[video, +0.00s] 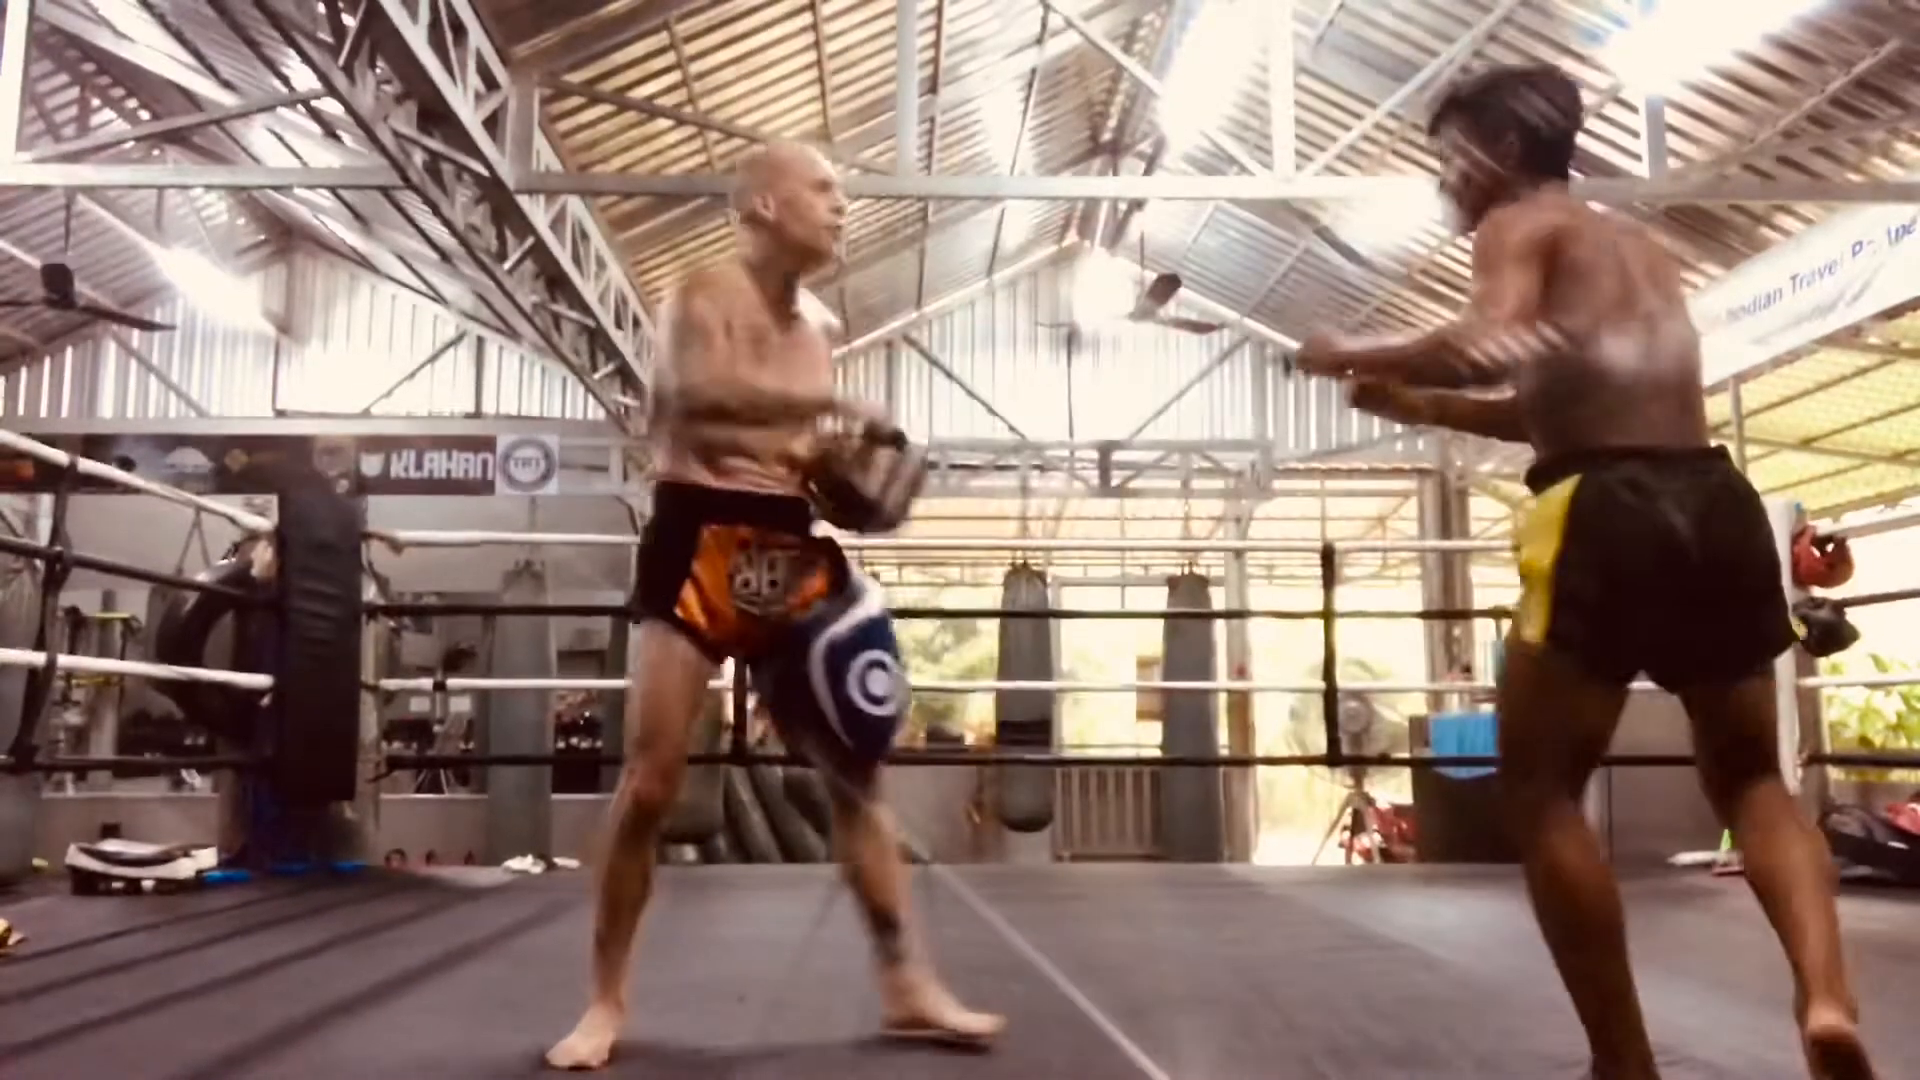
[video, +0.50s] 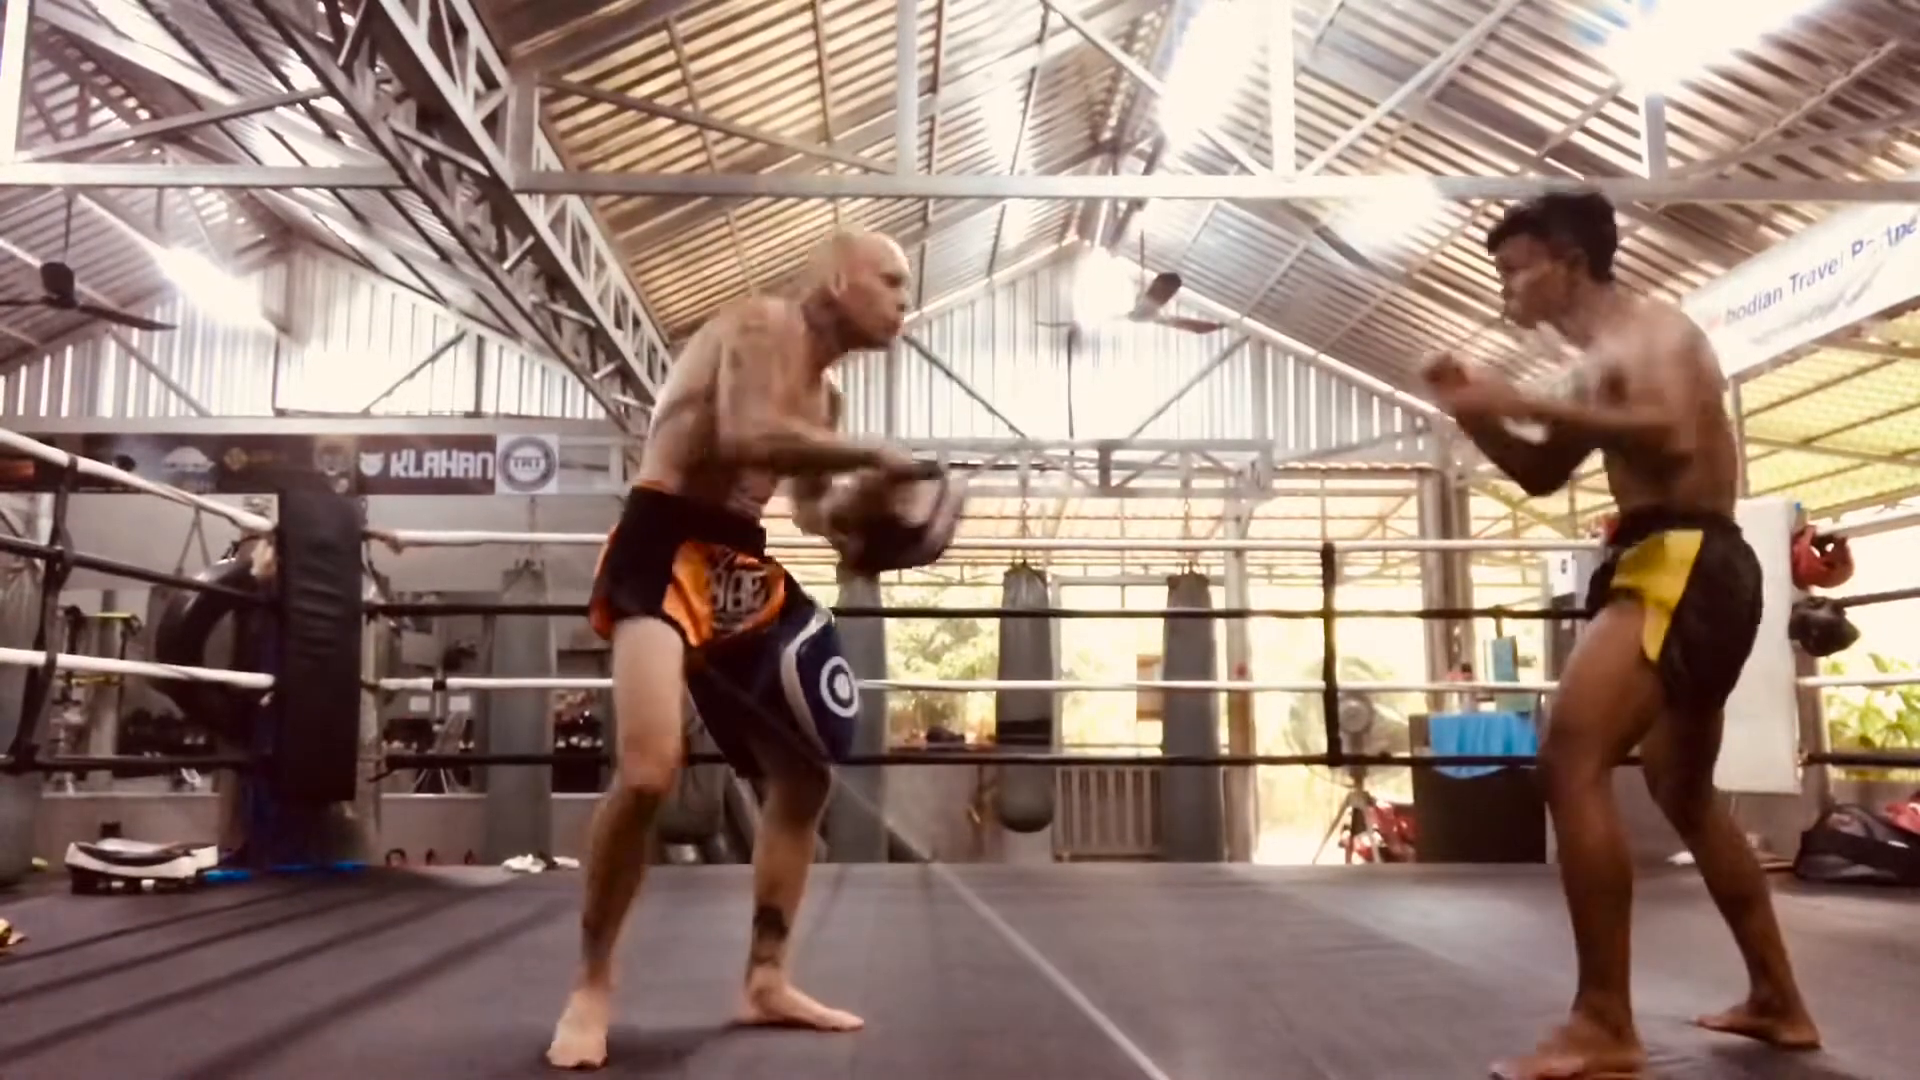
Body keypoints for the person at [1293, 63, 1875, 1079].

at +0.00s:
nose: (1446, 185)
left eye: (1452, 161)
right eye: (1441, 163)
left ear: (1502, 150)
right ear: (1552, 153)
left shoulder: (1520, 225)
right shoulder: (1643, 243)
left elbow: (1499, 346)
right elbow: (1548, 409)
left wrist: (1351, 353)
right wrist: (1407, 397)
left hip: (1596, 516)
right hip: (1715, 510)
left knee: (1543, 794)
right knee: (1749, 771)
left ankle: (1624, 1062)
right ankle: (1827, 1000)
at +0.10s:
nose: (1447, 193)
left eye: (1454, 170)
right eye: (1443, 173)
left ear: (1501, 158)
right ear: (1542, 162)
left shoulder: (1538, 221)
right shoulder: (1630, 254)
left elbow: (1465, 320)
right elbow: (1552, 415)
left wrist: (1357, 315)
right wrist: (1417, 391)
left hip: (1617, 504)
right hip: (1720, 503)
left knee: (1580, 793)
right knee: (1729, 762)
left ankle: (1627, 1058)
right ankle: (1817, 1020)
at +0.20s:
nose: (1458, 217)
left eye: (1466, 194)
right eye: (1457, 197)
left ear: (1513, 191)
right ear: (1550, 198)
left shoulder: (1559, 246)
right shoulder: (1624, 282)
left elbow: (1491, 324)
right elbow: (1575, 444)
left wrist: (1388, 304)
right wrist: (1452, 403)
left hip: (1631, 525)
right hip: (1708, 526)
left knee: (1587, 791)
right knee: (1718, 778)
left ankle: (1627, 1062)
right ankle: (1777, 998)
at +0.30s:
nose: (1481, 264)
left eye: (1491, 243)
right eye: (1481, 245)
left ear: (1545, 238)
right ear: (1554, 244)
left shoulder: (1607, 299)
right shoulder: (1589, 332)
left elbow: (1568, 393)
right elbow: (1554, 474)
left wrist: (1451, 344)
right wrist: (1450, 411)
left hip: (1655, 559)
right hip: (1702, 561)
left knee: (1578, 791)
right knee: (1700, 799)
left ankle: (1623, 1053)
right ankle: (1777, 1002)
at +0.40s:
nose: (1503, 297)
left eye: (1512, 277)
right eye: (1500, 280)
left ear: (1565, 269)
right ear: (1567, 276)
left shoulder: (1636, 336)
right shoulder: (1610, 371)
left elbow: (1653, 447)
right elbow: (1555, 497)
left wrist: (1507, 414)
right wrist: (1470, 438)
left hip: (1678, 571)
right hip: (1692, 576)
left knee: (1570, 778)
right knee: (1679, 799)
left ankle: (1606, 1043)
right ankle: (1780, 1003)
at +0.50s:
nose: (1504, 291)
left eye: (1514, 270)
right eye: (1501, 272)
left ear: (1567, 261)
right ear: (1565, 269)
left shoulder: (1647, 325)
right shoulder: (1603, 361)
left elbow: (1667, 425)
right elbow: (1541, 472)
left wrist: (1516, 403)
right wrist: (1470, 412)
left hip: (1681, 555)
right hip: (1693, 561)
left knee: (1572, 758)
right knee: (1683, 786)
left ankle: (1603, 1024)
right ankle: (1780, 1001)